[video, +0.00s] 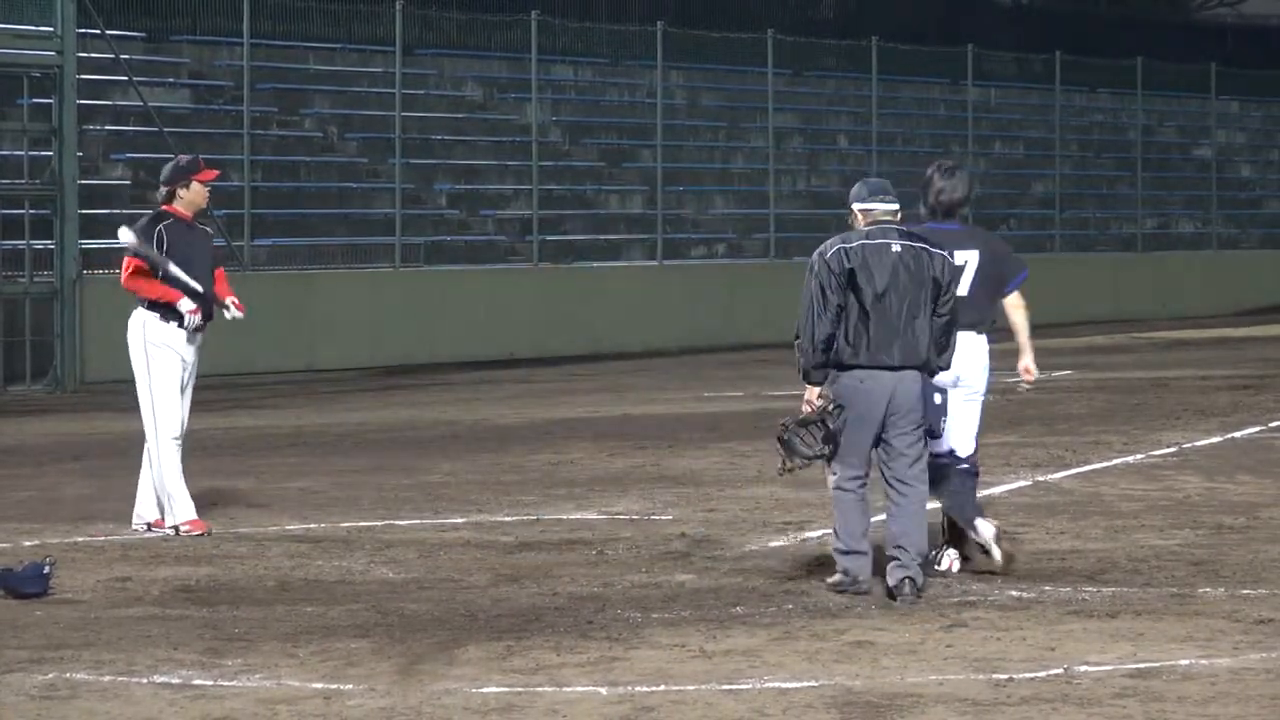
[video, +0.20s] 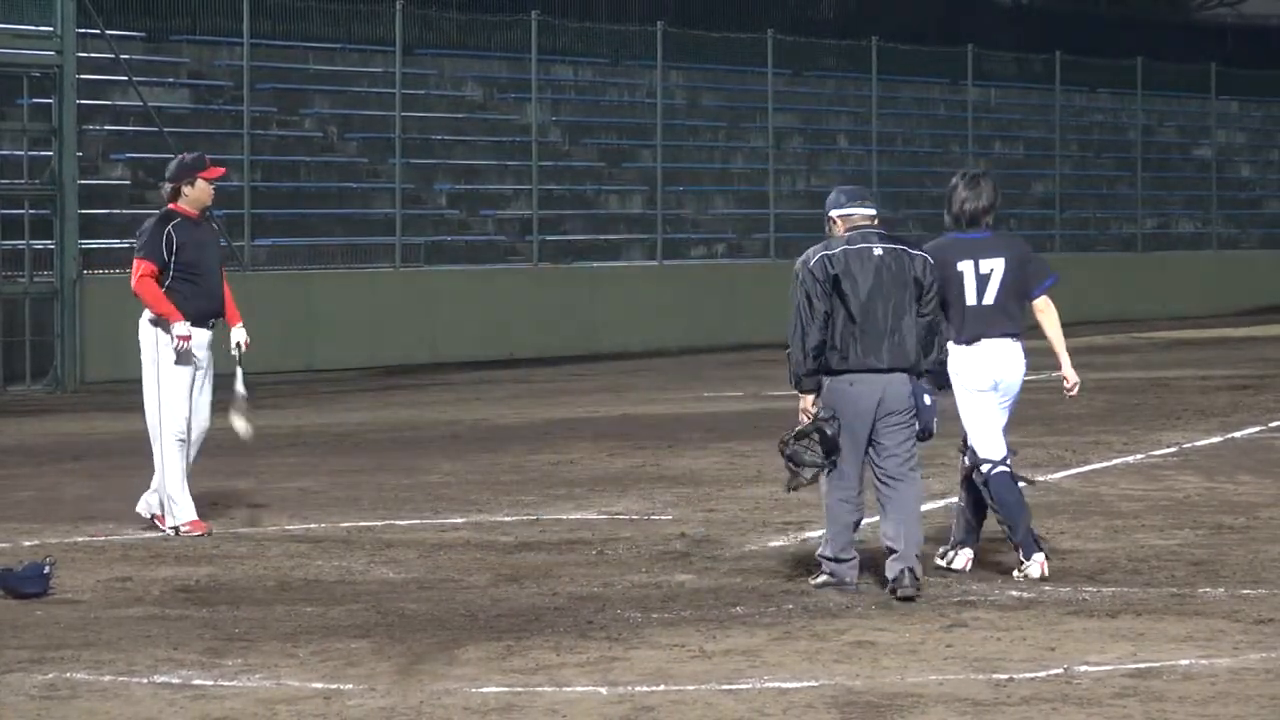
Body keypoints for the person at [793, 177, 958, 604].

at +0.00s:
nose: (853, 219)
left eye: (853, 214)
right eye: (857, 213)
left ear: (858, 215)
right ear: (897, 213)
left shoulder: (834, 254)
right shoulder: (930, 255)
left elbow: (818, 325)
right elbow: (944, 319)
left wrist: (814, 380)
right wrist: (928, 367)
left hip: (855, 382)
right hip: (910, 382)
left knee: (849, 477)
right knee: (907, 477)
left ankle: (853, 571)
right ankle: (907, 571)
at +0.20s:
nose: (829, 229)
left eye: (829, 224)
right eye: (831, 224)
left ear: (836, 222)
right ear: (876, 220)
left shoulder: (817, 262)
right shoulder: (912, 258)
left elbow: (809, 333)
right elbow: (931, 323)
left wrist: (807, 388)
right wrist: (920, 375)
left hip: (844, 386)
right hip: (898, 384)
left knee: (842, 475)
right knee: (900, 474)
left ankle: (839, 568)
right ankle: (905, 566)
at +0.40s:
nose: (805, 230)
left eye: (806, 224)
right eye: (807, 224)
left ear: (816, 221)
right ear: (852, 218)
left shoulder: (800, 259)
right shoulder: (895, 255)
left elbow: (795, 329)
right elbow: (911, 319)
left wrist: (794, 385)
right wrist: (903, 369)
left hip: (830, 380)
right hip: (884, 378)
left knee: (830, 479)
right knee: (880, 465)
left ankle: (838, 566)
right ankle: (892, 532)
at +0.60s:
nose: (794, 230)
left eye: (794, 225)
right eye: (795, 225)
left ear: (802, 222)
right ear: (837, 217)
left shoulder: (791, 256)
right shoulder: (882, 251)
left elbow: (787, 322)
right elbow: (899, 315)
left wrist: (784, 380)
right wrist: (895, 367)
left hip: (825, 377)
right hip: (877, 375)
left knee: (826, 473)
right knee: (864, 463)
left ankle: (839, 568)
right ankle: (868, 550)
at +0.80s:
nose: (786, 242)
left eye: (784, 237)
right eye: (785, 237)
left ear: (792, 232)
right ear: (822, 225)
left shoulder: (795, 262)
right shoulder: (867, 257)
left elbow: (790, 324)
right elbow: (884, 318)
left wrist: (783, 384)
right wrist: (882, 372)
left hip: (828, 382)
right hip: (870, 381)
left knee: (819, 473)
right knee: (852, 471)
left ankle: (838, 565)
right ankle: (855, 556)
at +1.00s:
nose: (769, 249)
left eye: (767, 242)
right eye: (767, 243)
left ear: (775, 234)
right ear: (803, 226)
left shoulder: (786, 260)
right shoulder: (842, 250)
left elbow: (797, 320)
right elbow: (861, 313)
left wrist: (795, 380)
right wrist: (872, 370)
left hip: (830, 374)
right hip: (866, 371)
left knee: (793, 459)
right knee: (846, 462)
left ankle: (830, 537)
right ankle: (854, 546)